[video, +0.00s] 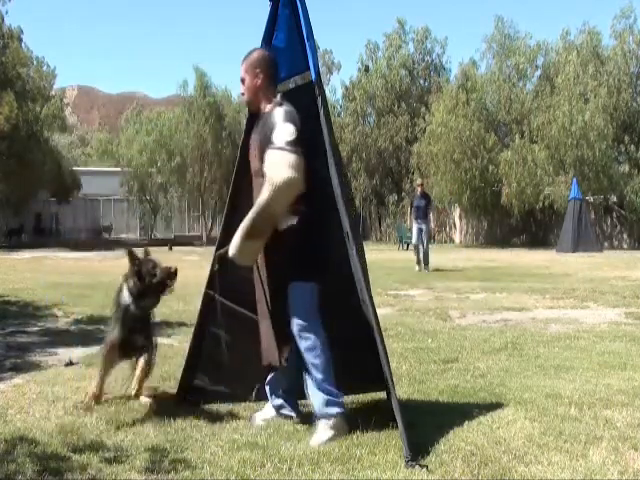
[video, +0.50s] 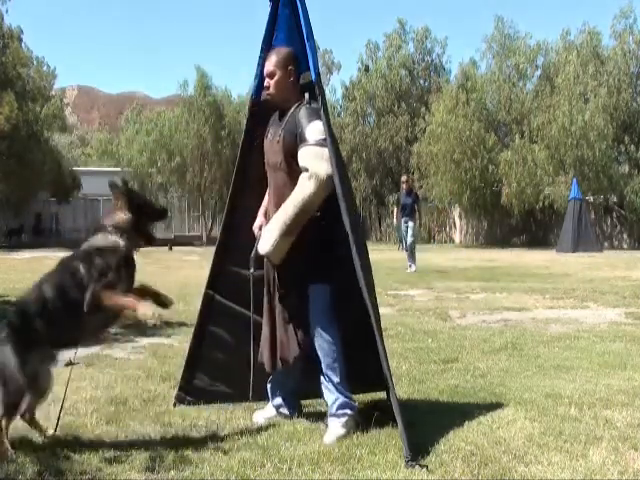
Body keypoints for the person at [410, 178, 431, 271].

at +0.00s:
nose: (420, 188)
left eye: (421, 185)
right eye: (418, 186)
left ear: (423, 186)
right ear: (416, 187)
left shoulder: (427, 197)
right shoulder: (413, 197)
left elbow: (430, 211)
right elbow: (410, 210)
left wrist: (432, 223)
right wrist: (410, 221)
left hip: (425, 221)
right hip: (416, 221)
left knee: (425, 244)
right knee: (415, 243)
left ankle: (426, 264)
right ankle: (417, 263)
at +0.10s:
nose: (417, 189)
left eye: (419, 187)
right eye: (416, 187)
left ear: (421, 187)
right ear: (414, 188)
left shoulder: (425, 198)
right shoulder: (412, 198)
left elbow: (427, 209)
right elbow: (409, 209)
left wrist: (426, 219)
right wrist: (408, 219)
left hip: (422, 221)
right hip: (413, 220)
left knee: (424, 243)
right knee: (413, 242)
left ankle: (426, 264)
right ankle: (412, 264)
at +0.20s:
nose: (413, 191)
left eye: (415, 188)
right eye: (412, 189)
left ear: (418, 189)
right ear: (410, 190)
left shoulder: (422, 198)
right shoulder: (408, 199)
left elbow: (425, 209)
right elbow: (405, 209)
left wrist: (421, 214)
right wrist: (402, 218)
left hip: (419, 222)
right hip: (410, 222)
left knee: (422, 244)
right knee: (411, 244)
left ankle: (425, 265)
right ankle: (411, 265)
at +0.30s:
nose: (410, 189)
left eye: (412, 187)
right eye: (409, 187)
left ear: (415, 188)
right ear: (407, 188)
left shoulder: (419, 198)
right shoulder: (405, 198)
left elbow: (423, 209)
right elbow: (401, 210)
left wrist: (418, 216)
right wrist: (398, 222)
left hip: (416, 222)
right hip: (407, 222)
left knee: (418, 243)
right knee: (409, 244)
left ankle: (424, 263)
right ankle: (411, 265)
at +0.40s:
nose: (407, 187)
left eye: (409, 185)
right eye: (405, 185)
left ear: (412, 185)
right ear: (404, 186)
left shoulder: (417, 196)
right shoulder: (402, 196)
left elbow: (420, 210)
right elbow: (399, 209)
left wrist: (418, 221)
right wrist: (396, 221)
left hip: (414, 221)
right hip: (405, 220)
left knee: (414, 244)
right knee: (407, 245)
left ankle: (419, 261)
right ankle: (410, 265)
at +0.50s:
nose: (404, 185)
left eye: (406, 183)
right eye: (403, 183)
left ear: (409, 183)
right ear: (401, 184)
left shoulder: (414, 194)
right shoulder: (400, 195)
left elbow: (418, 208)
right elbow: (396, 207)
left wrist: (420, 220)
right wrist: (395, 218)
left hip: (412, 218)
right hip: (403, 218)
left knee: (410, 241)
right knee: (405, 241)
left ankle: (412, 262)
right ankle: (409, 262)